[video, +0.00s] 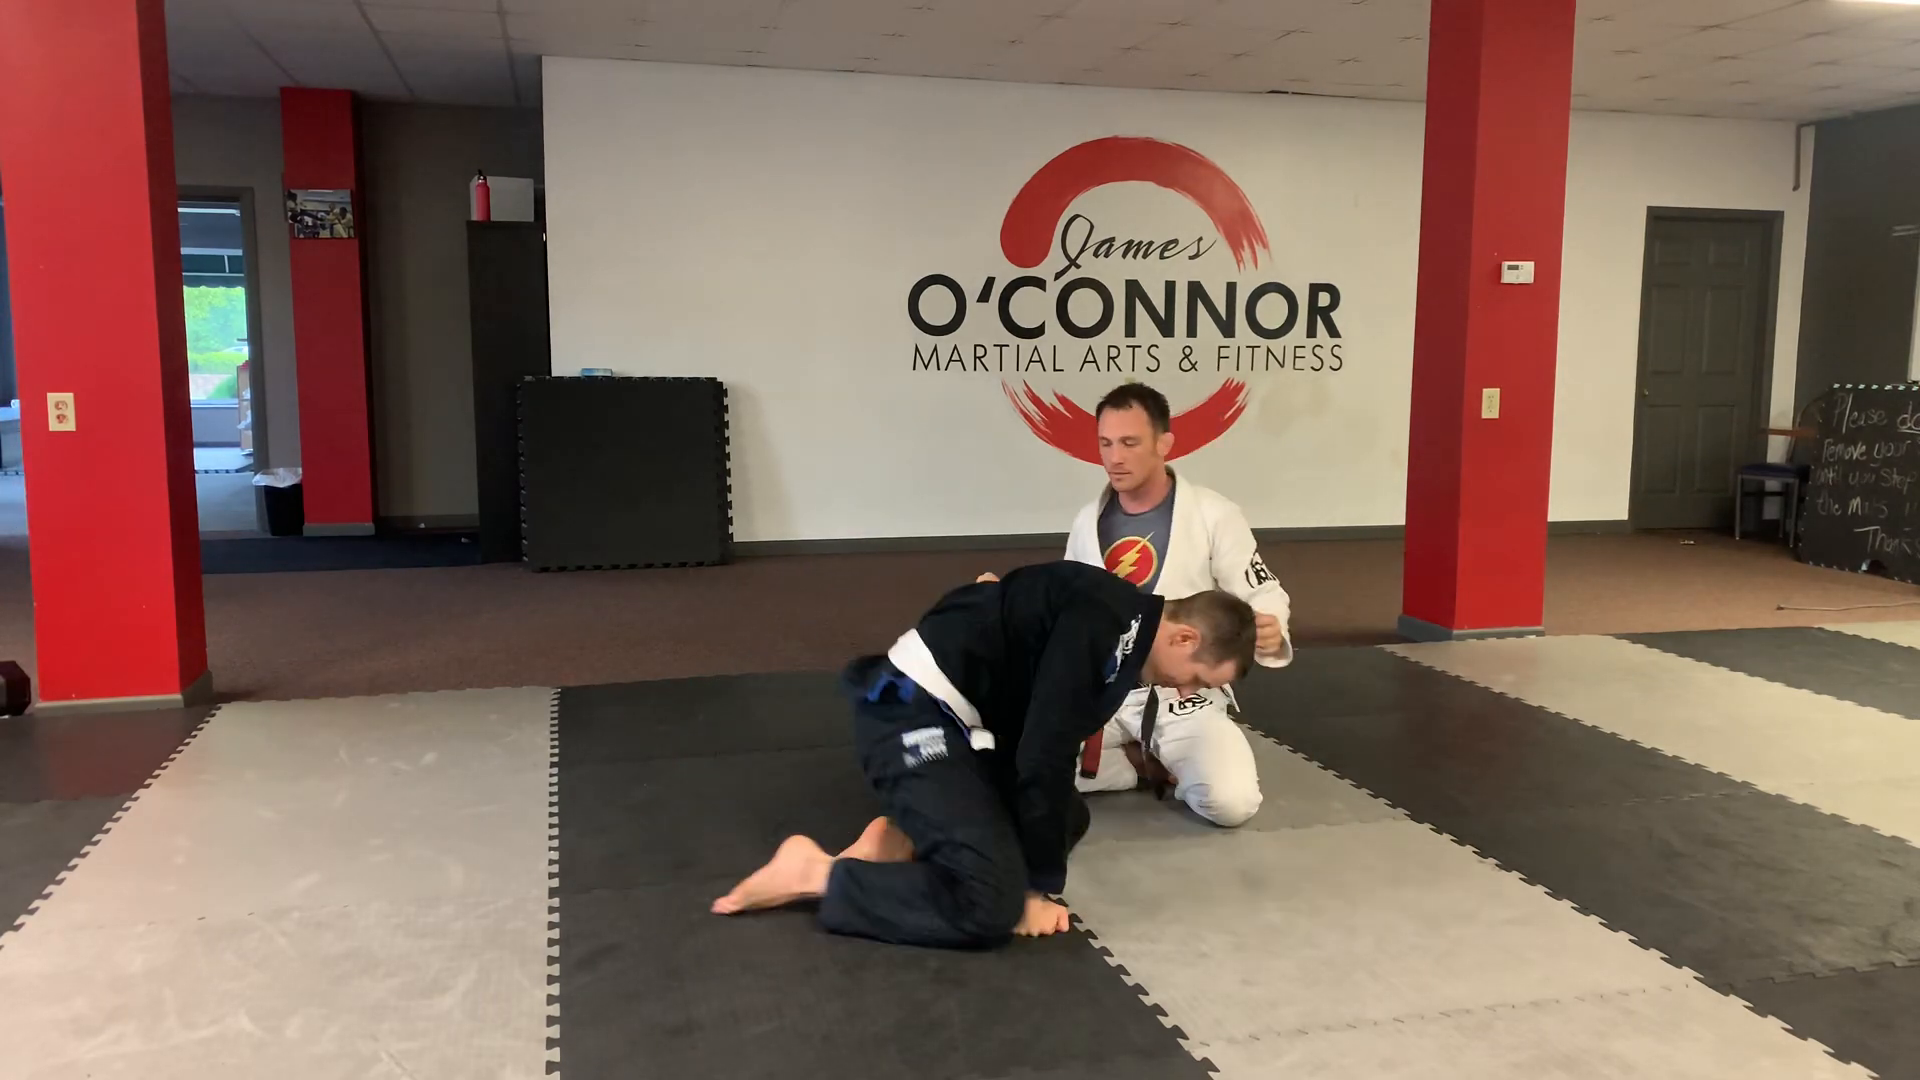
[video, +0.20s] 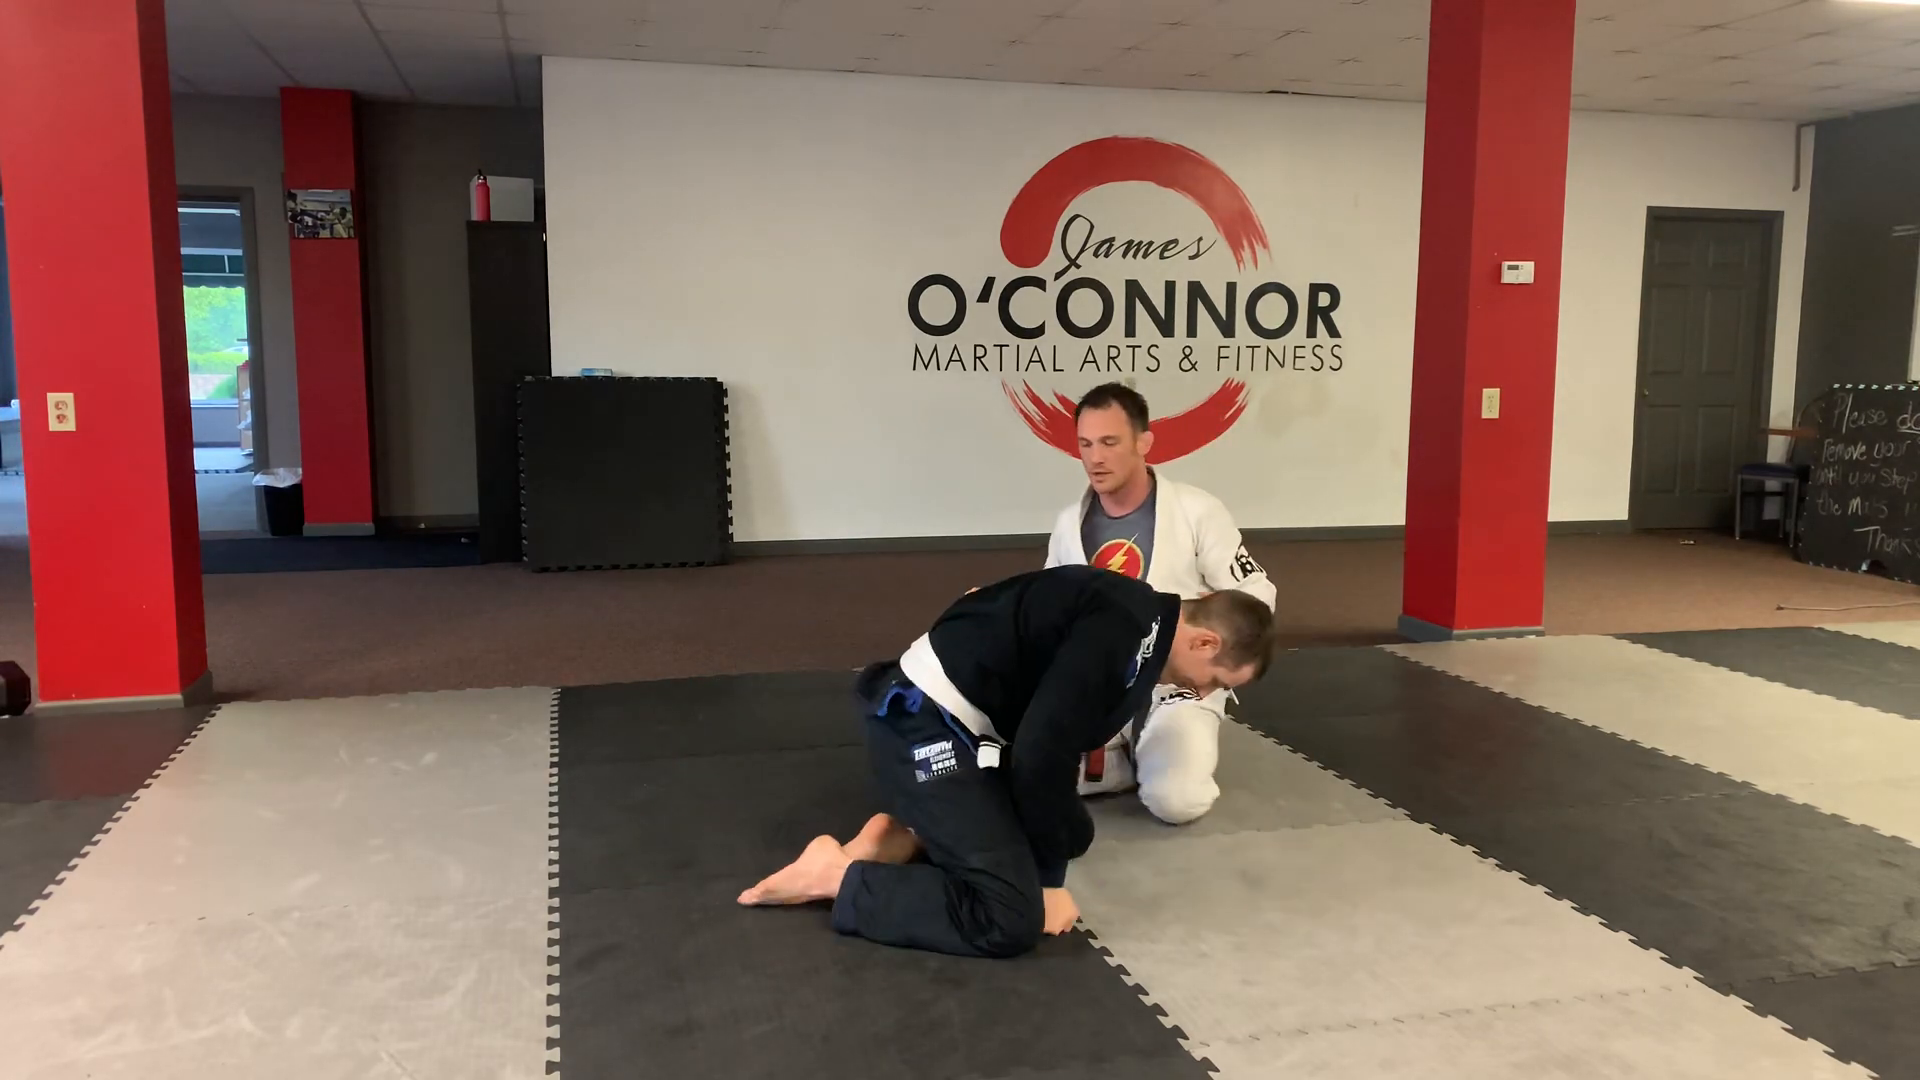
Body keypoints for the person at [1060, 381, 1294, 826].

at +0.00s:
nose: (1115, 458)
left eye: (1129, 444)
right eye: (1106, 444)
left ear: (1164, 444)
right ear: (1097, 446)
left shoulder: (1214, 516)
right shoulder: (1087, 522)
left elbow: (1263, 593)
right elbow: (1072, 605)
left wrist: (1270, 632)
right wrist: (1008, 599)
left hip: (1185, 696)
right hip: (1103, 693)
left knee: (1233, 802)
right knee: (1041, 766)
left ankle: (1172, 761)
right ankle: (1146, 764)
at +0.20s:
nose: (1095, 458)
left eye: (1109, 443)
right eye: (1085, 445)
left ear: (1143, 443)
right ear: (1076, 448)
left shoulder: (1197, 512)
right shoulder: (1069, 523)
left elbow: (1256, 592)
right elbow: (1054, 608)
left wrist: (1211, 657)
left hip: (1177, 684)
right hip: (1096, 683)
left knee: (1177, 799)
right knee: (1045, 772)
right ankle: (1143, 757)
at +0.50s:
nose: (1074, 446)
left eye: (1088, 430)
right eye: (1062, 433)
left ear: (1118, 435)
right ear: (1049, 442)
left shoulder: (1172, 503)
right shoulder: (1037, 518)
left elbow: (1246, 582)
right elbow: (1008, 573)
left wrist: (1207, 581)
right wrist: (972, 591)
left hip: (1172, 670)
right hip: (1079, 669)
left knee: (1148, 746)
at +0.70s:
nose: (1073, 397)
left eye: (1088, 382)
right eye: (1060, 385)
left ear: (1115, 392)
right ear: (1045, 398)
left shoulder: (1166, 465)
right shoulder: (1021, 480)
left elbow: (1238, 567)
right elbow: (991, 547)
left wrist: (1195, 529)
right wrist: (964, 568)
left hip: (1150, 667)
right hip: (1058, 668)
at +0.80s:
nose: (1082, 377)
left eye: (1098, 363)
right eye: (1070, 364)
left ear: (1127, 376)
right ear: (1055, 379)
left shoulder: (1170, 450)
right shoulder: (1026, 463)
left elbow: (1245, 541)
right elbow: (991, 532)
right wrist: (975, 562)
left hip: (1148, 650)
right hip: (1055, 653)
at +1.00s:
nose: (1105, 364)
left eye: (1122, 347)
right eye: (1094, 349)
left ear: (1158, 355)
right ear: (1083, 356)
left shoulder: (1188, 427)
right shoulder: (1046, 439)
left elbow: (1269, 468)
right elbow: (1002, 520)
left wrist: (1197, 394)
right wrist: (1003, 563)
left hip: (1160, 640)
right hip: (1067, 643)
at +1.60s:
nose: (1048, 375)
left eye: (1063, 358)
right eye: (1039, 358)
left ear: (1106, 352)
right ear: (1030, 354)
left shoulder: (1146, 420)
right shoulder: (1006, 435)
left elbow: (1228, 462)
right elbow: (970, 513)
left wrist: (1147, 392)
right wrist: (943, 547)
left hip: (1130, 642)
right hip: (1032, 648)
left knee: (1131, 812)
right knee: (1028, 815)